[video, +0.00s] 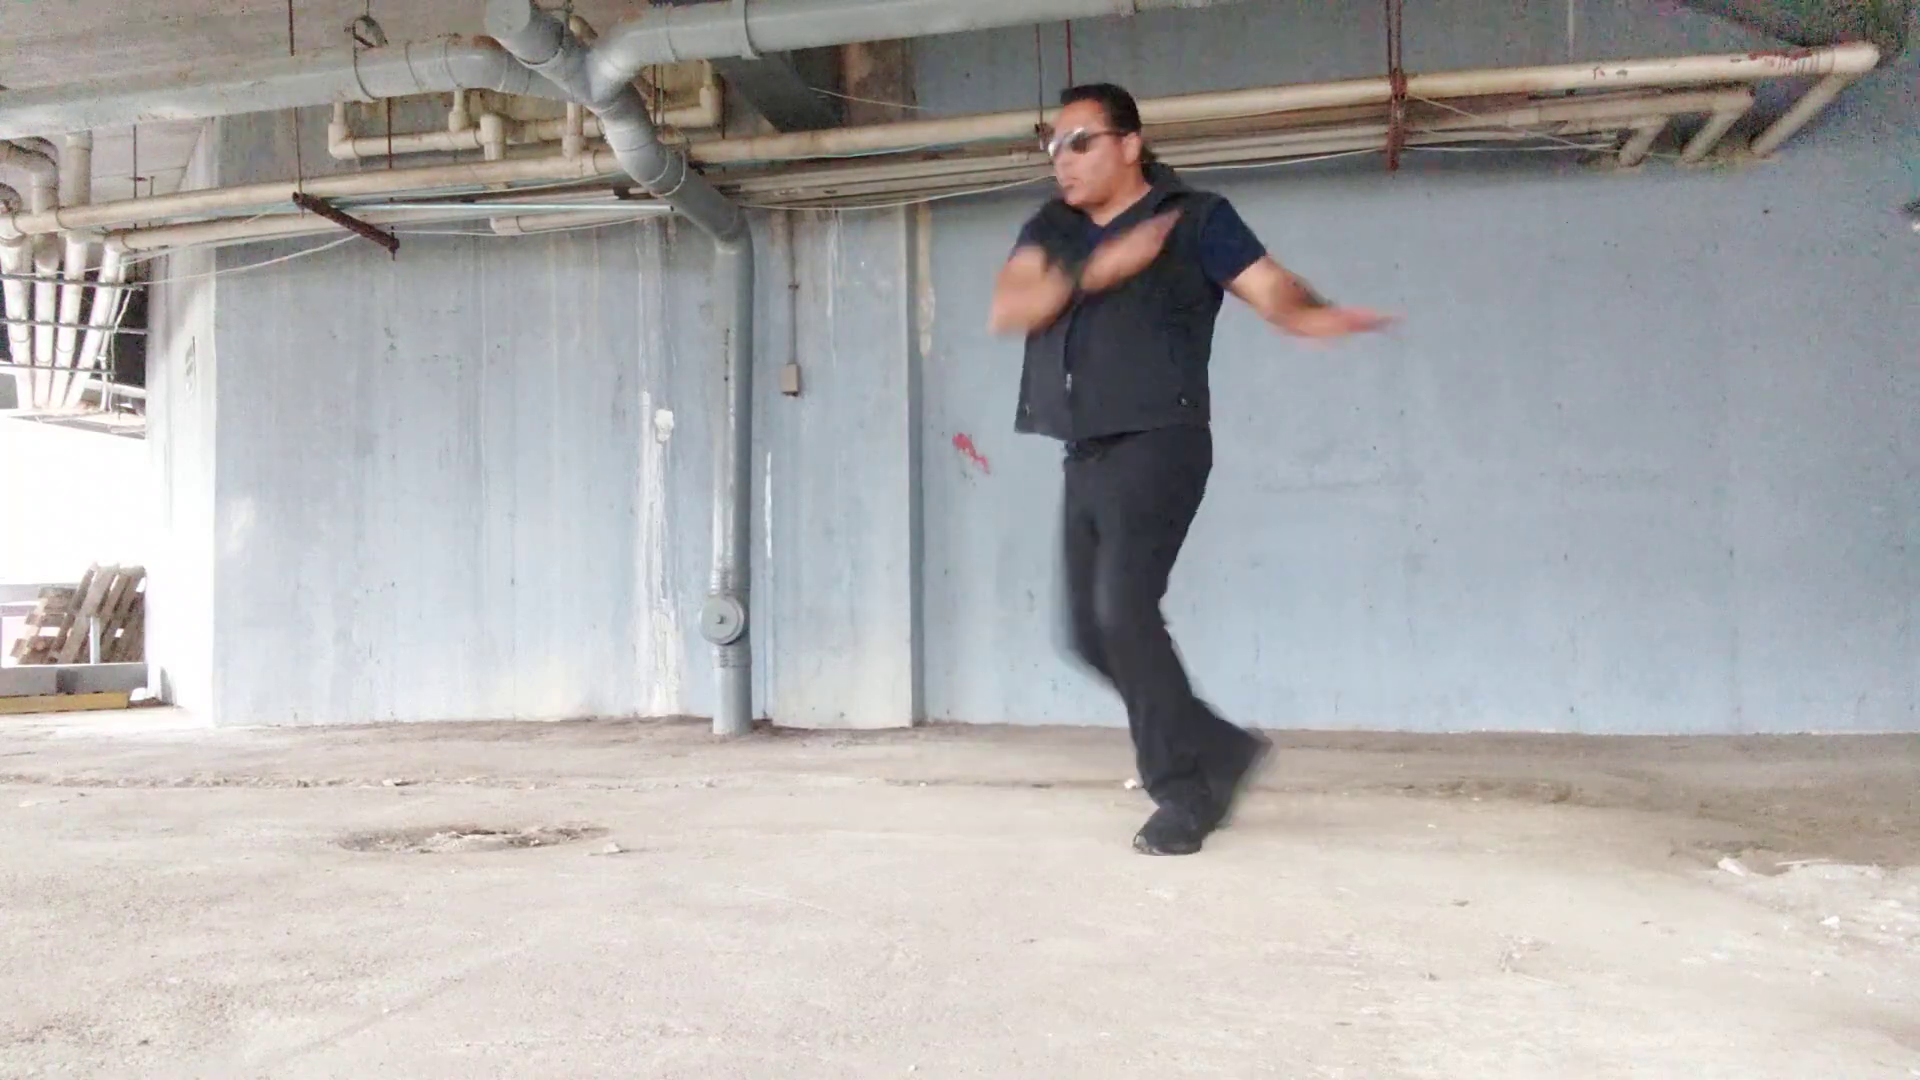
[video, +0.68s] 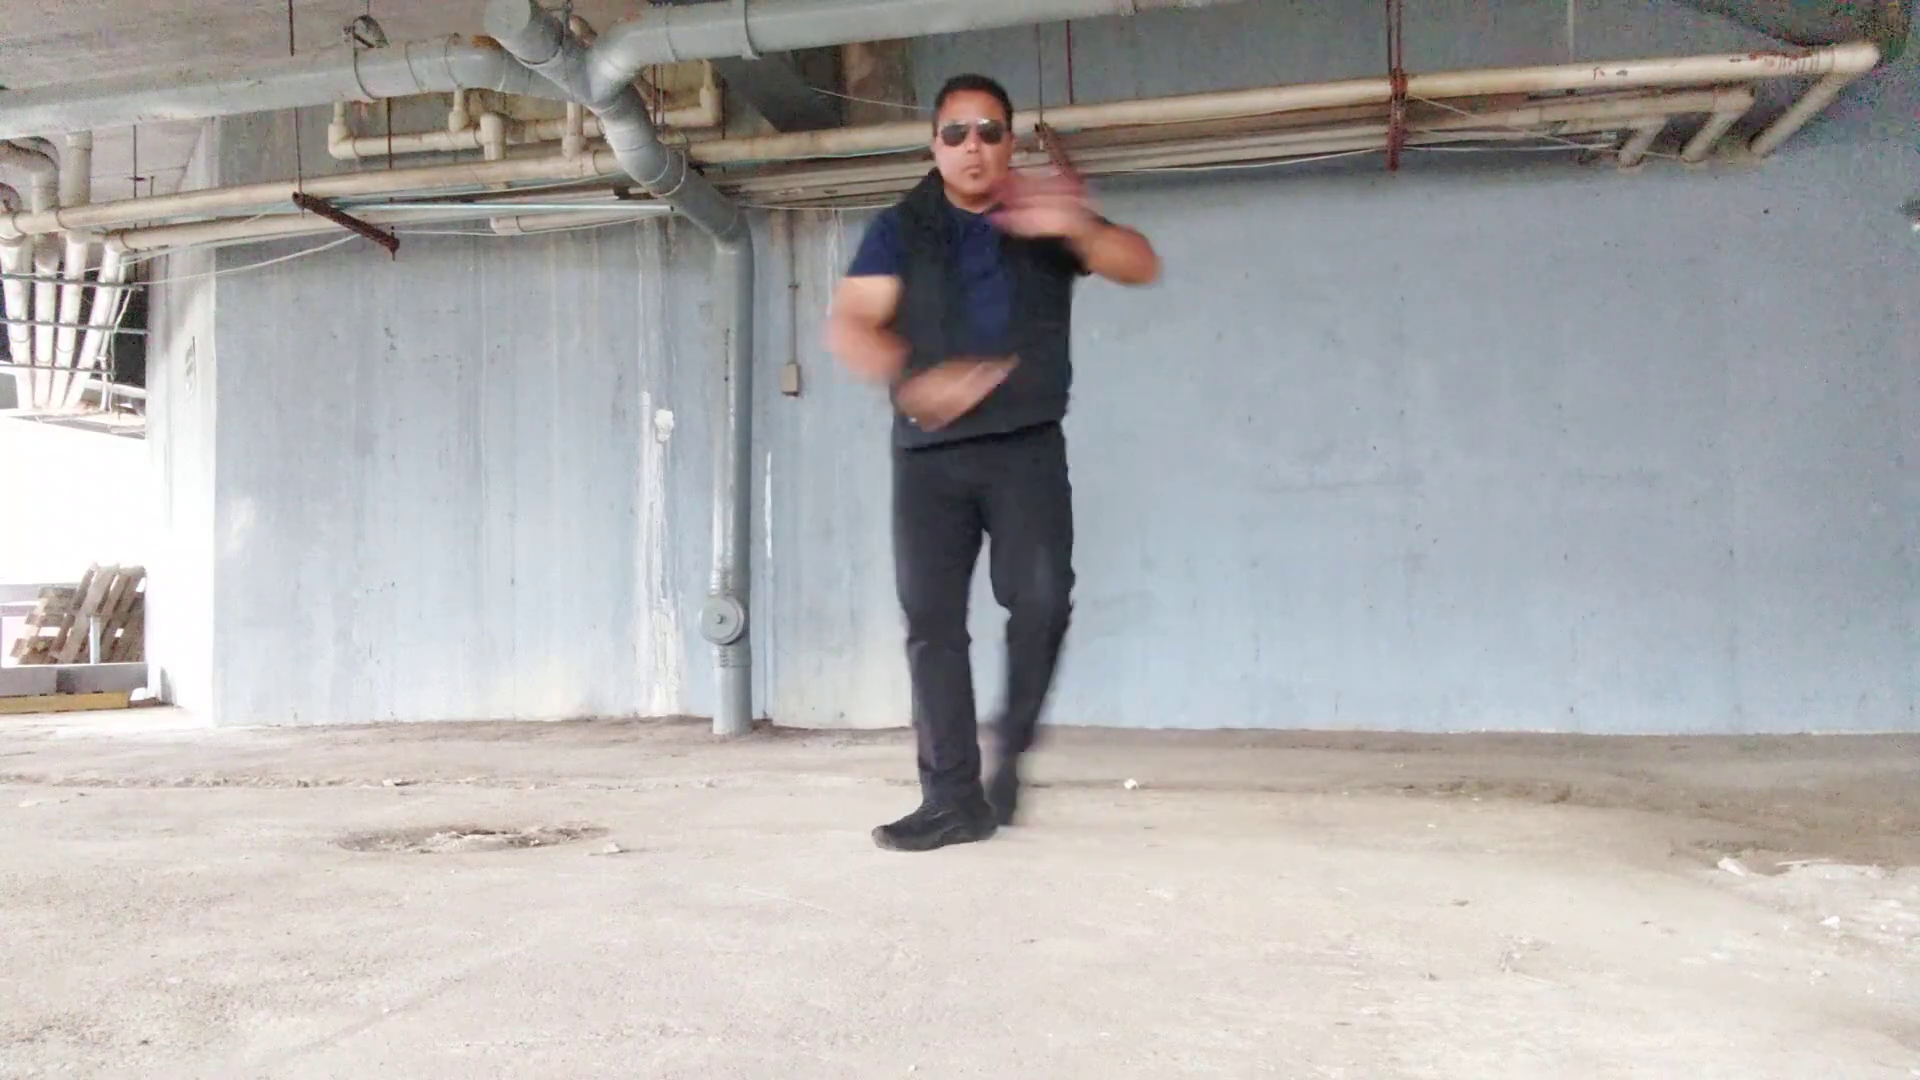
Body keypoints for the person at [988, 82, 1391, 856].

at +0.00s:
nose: (1063, 161)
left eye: (1079, 143)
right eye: (1055, 148)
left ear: (1130, 145)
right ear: (1052, 158)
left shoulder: (1193, 216)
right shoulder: (1056, 224)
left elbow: (1272, 288)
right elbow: (1006, 311)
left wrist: (1312, 315)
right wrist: (1097, 268)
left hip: (1161, 445)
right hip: (1087, 455)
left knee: (1124, 610)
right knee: (1089, 629)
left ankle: (1186, 790)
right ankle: (1220, 747)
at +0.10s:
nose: (1099, 150)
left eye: (1114, 135)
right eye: (1083, 139)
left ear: (1146, 146)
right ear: (1065, 157)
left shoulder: (1195, 233)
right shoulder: (1040, 243)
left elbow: (1237, 325)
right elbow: (1001, 348)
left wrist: (1167, 289)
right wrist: (1015, 371)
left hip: (1162, 457)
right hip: (1070, 464)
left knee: (1155, 620)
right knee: (1016, 610)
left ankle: (1186, 807)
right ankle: (1144, 737)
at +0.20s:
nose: (1100, 139)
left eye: (1115, 122)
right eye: (1082, 126)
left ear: (1140, 134)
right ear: (1058, 141)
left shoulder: (1182, 216)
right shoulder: (1037, 219)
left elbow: (1169, 307)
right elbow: (989, 301)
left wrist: (1056, 272)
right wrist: (948, 350)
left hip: (1154, 454)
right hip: (1057, 457)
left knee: (1170, 625)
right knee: (994, 592)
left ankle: (1187, 802)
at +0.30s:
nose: (1066, 129)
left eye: (1082, 112)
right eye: (1048, 116)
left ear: (1110, 124)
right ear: (1029, 132)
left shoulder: (1156, 206)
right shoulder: (1010, 210)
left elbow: (1154, 310)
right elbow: (930, 227)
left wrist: (1042, 331)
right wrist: (910, 234)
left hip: (1139, 449)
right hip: (1042, 452)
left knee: (1172, 626)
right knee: (996, 617)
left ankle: (1190, 806)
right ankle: (943, 791)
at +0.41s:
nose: (1031, 133)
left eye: (1047, 117)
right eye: (1014, 121)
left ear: (1073, 128)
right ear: (994, 135)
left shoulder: (1113, 208)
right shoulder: (975, 207)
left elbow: (1172, 308)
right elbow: (869, 177)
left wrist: (1126, 382)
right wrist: (941, 186)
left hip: (1098, 451)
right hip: (1006, 453)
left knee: (1144, 615)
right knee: (986, 619)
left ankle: (1190, 798)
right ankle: (966, 799)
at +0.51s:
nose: (999, 140)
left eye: (1016, 126)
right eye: (982, 127)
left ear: (1043, 138)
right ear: (961, 141)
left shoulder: (1081, 207)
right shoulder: (941, 203)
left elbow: (1175, 279)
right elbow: (911, 250)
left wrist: (1195, 332)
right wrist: (1019, 215)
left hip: (1053, 448)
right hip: (969, 453)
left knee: (1091, 610)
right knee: (966, 623)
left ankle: (1169, 787)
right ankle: (960, 801)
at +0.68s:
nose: (974, 147)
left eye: (989, 133)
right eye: (957, 134)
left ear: (1012, 144)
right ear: (933, 144)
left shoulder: (1048, 215)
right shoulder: (903, 226)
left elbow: (1144, 266)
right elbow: (849, 326)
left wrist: (1075, 226)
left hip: (1026, 449)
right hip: (929, 456)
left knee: (1042, 602)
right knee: (931, 621)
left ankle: (1009, 751)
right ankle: (953, 793)